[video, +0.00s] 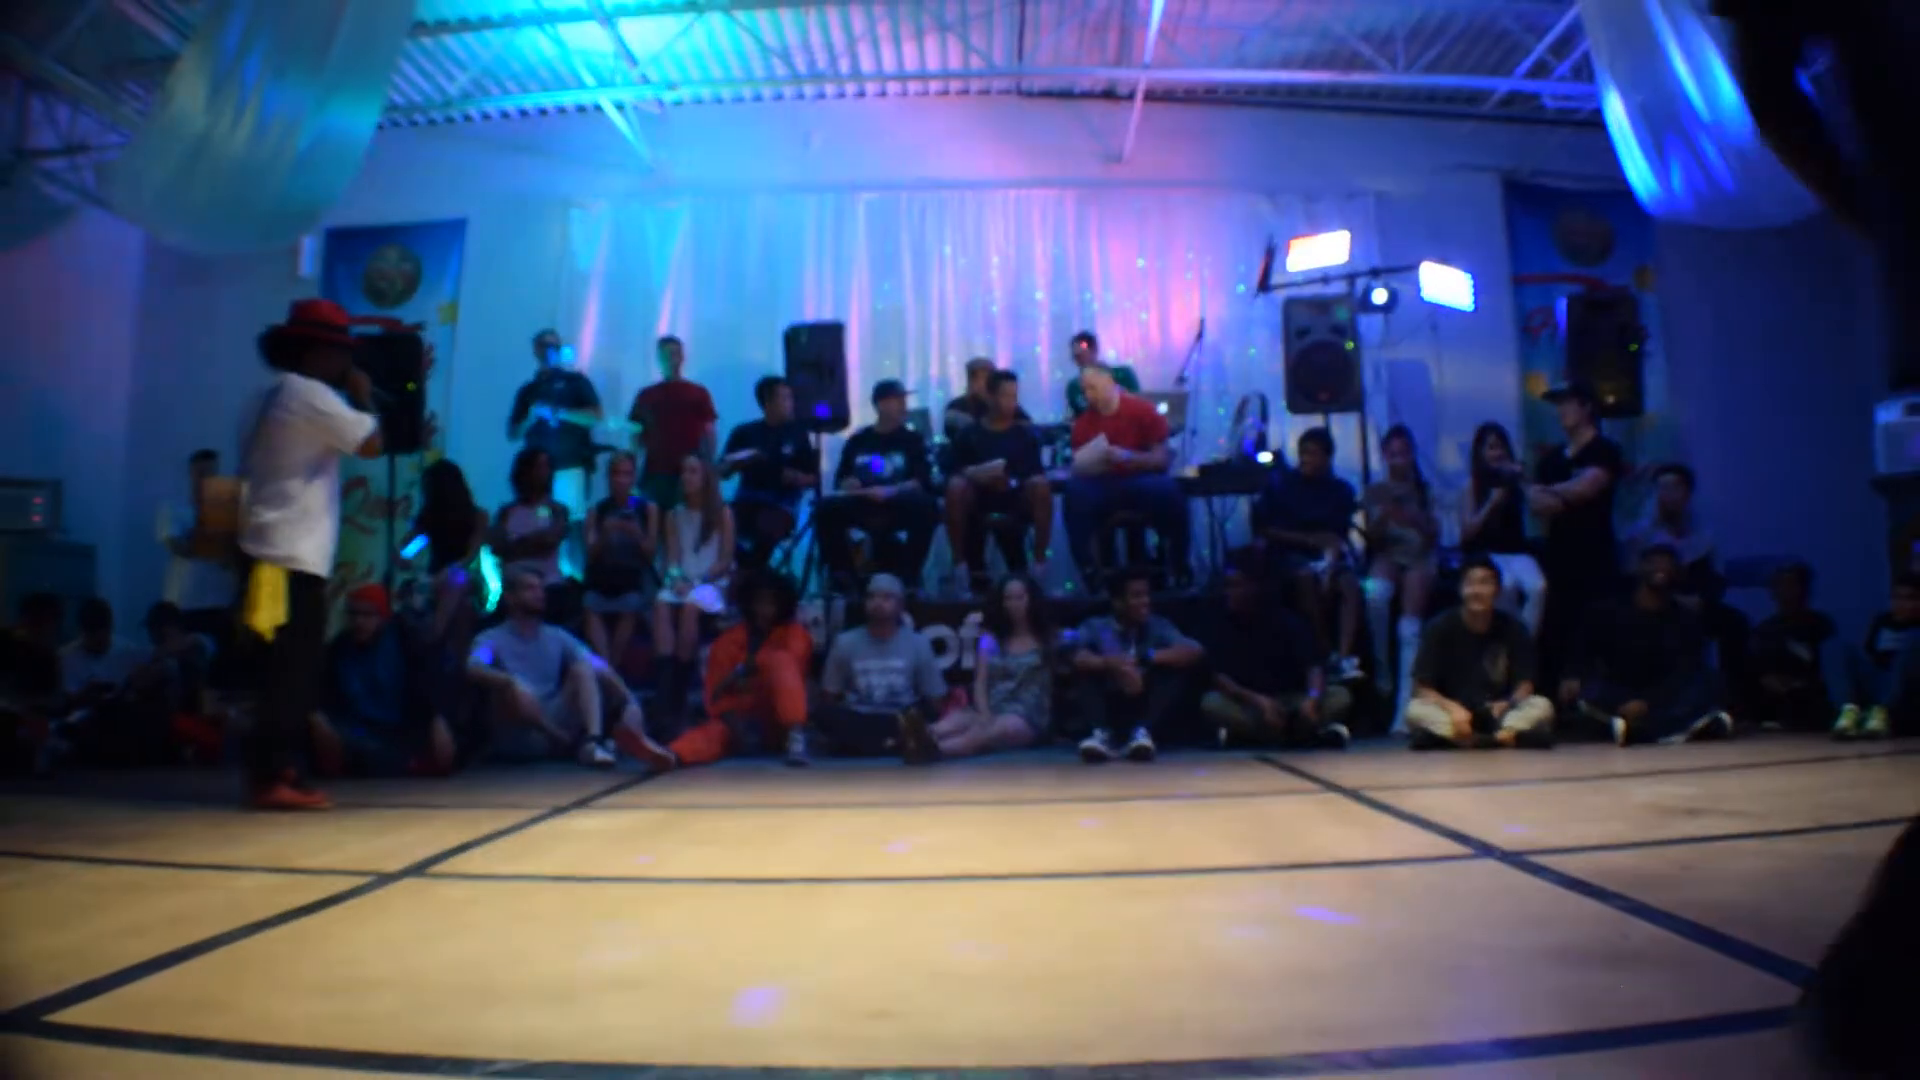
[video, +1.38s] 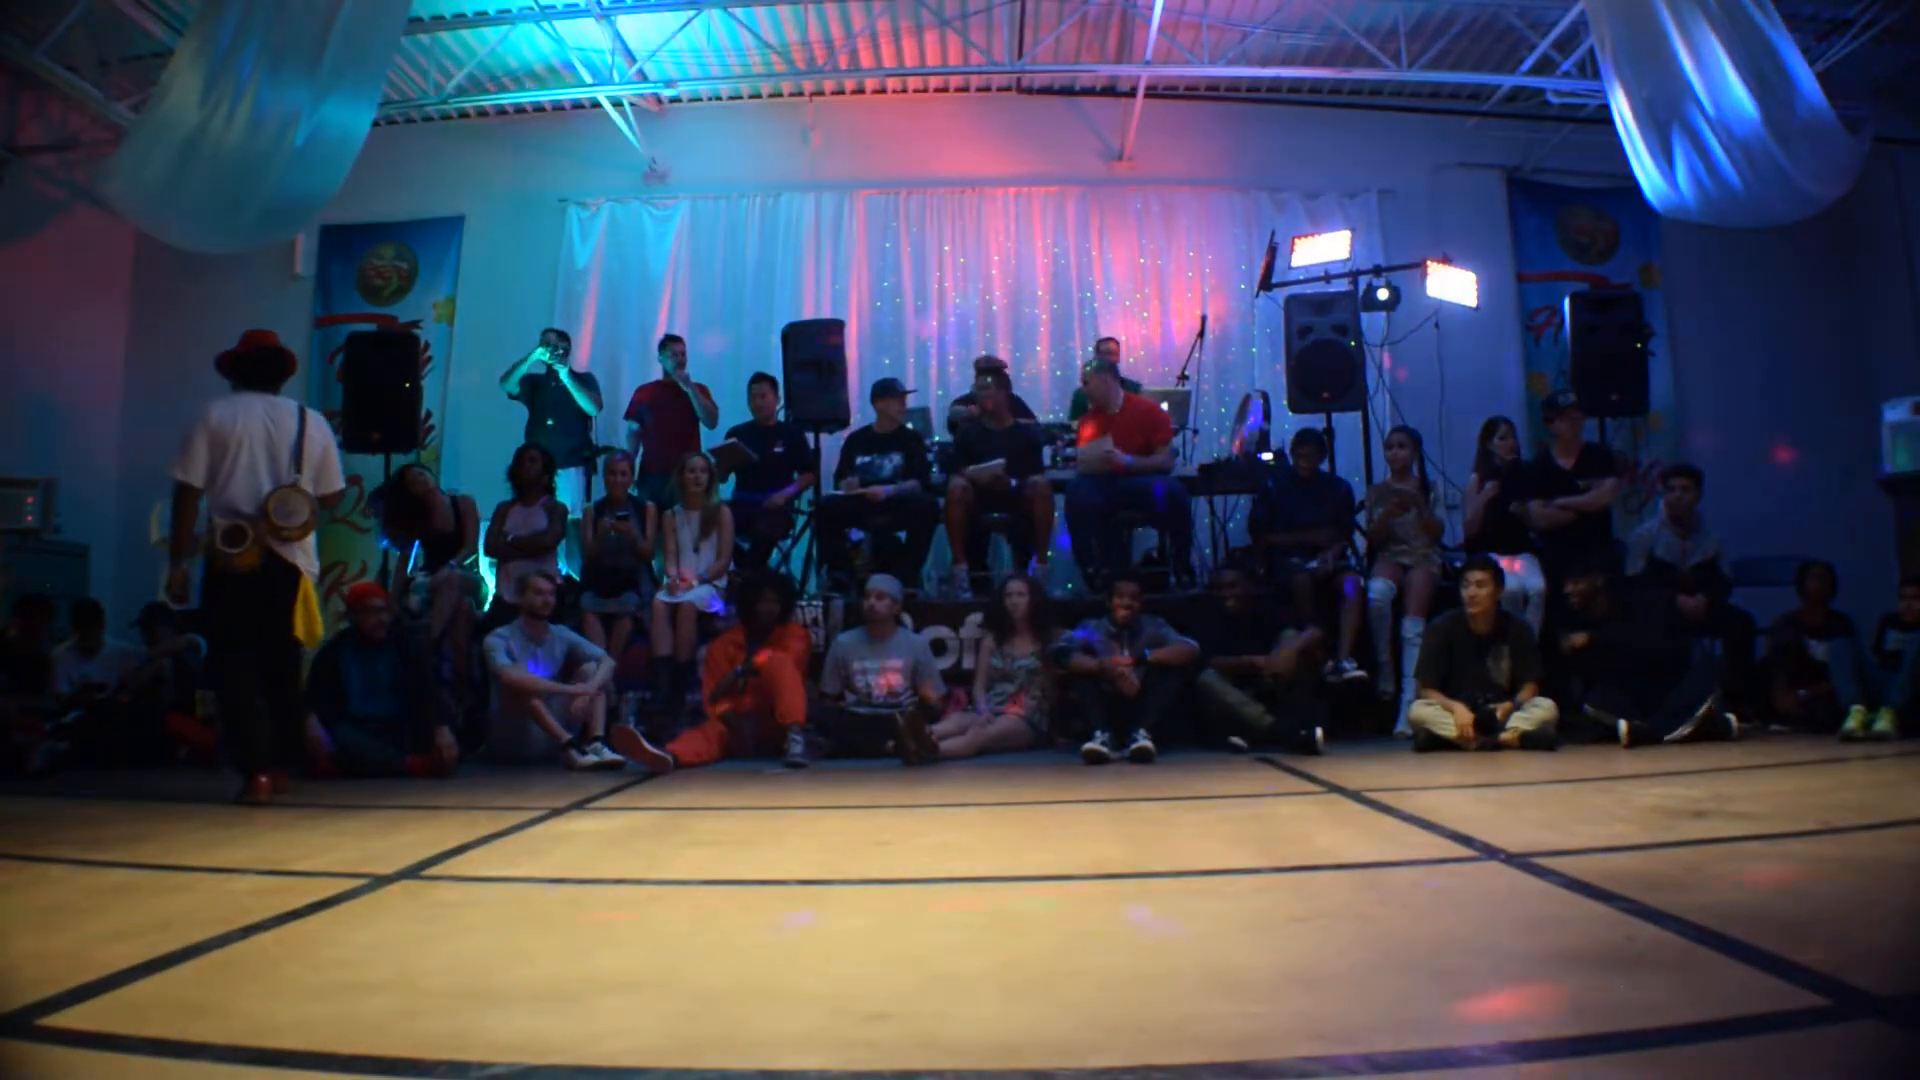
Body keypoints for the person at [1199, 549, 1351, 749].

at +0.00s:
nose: (1233, 592)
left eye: (1239, 585)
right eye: (1230, 586)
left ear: (1257, 587)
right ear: (1225, 587)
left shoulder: (1284, 619)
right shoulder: (1222, 624)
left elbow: (1313, 665)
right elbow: (1217, 677)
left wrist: (1313, 700)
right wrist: (1260, 702)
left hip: (1291, 692)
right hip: (1246, 699)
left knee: (1340, 697)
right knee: (1212, 703)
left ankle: (1246, 735)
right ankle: (1304, 736)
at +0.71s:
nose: (1221, 597)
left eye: (1227, 589)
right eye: (1216, 591)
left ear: (1243, 586)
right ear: (1213, 593)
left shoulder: (1269, 614)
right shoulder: (1216, 625)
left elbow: (1310, 657)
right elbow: (1215, 672)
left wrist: (1308, 680)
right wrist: (1249, 682)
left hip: (1289, 689)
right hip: (1250, 694)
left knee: (1338, 691)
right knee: (1213, 693)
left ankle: (1253, 737)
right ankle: (1307, 736)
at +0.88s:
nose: (1223, 593)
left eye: (1228, 586)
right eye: (1216, 588)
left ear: (1242, 586)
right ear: (1210, 592)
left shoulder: (1264, 613)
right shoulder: (1210, 622)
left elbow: (1315, 647)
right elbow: (1212, 664)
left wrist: (1306, 660)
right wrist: (1251, 668)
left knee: (1332, 677)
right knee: (1218, 680)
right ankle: (1294, 731)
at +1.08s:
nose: (1218, 593)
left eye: (1224, 586)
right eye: (1214, 588)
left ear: (1241, 586)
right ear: (1211, 591)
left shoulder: (1264, 614)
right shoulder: (1212, 624)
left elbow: (1315, 636)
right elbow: (1212, 665)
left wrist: (1287, 660)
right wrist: (1256, 663)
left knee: (1317, 660)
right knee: (1215, 680)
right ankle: (1297, 733)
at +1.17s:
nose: (1221, 593)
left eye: (1226, 585)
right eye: (1216, 588)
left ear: (1243, 586)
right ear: (1212, 592)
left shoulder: (1265, 613)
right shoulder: (1212, 623)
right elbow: (1208, 664)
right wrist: (1253, 664)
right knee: (1213, 681)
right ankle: (1293, 733)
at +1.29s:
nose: (1226, 594)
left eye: (1232, 586)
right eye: (1221, 588)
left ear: (1247, 586)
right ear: (1215, 593)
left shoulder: (1266, 612)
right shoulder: (1215, 621)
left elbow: (1314, 624)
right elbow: (1212, 661)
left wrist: (1312, 639)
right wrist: (1252, 663)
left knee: (1293, 638)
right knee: (1210, 679)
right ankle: (1282, 733)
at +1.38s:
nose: (1227, 594)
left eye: (1233, 587)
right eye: (1221, 589)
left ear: (1248, 587)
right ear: (1215, 592)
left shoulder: (1267, 614)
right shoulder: (1214, 622)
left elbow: (1314, 632)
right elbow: (1207, 660)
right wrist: (1260, 662)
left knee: (1290, 637)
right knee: (1207, 678)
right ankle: (1279, 732)